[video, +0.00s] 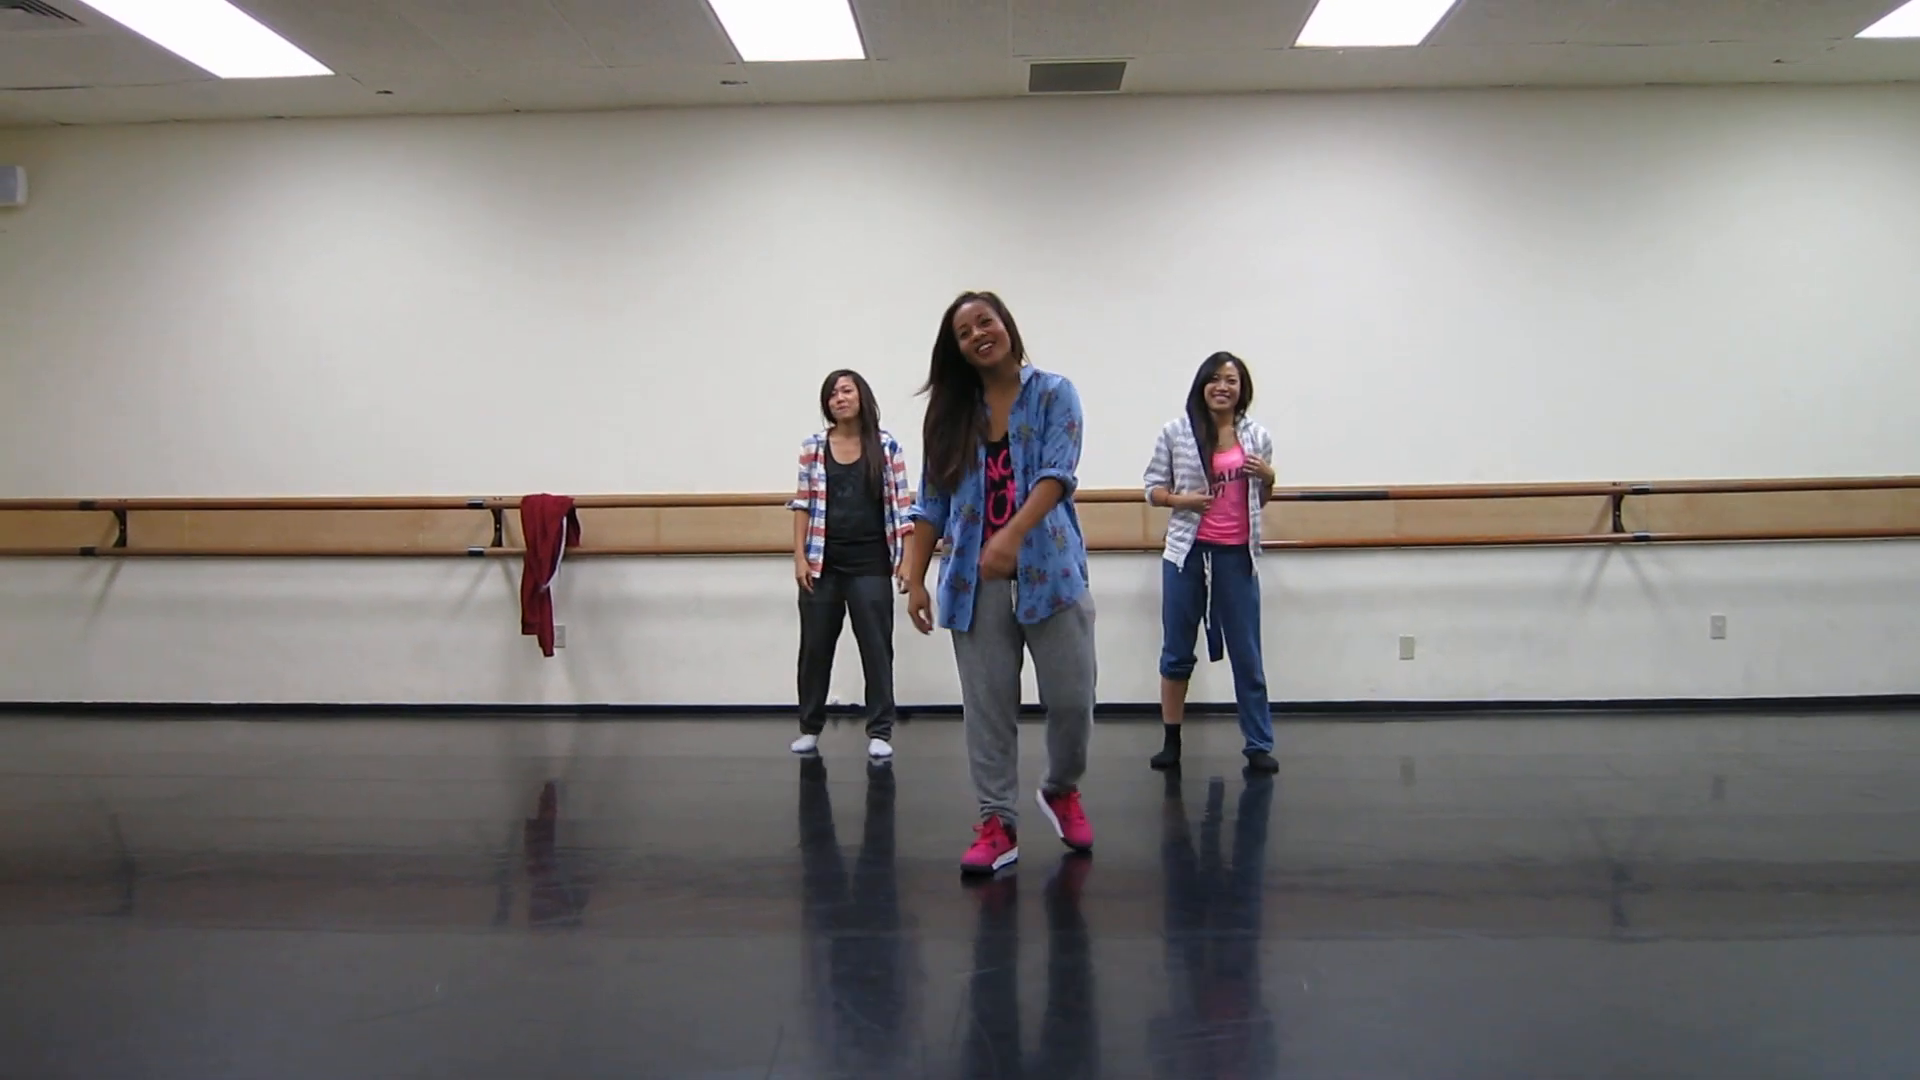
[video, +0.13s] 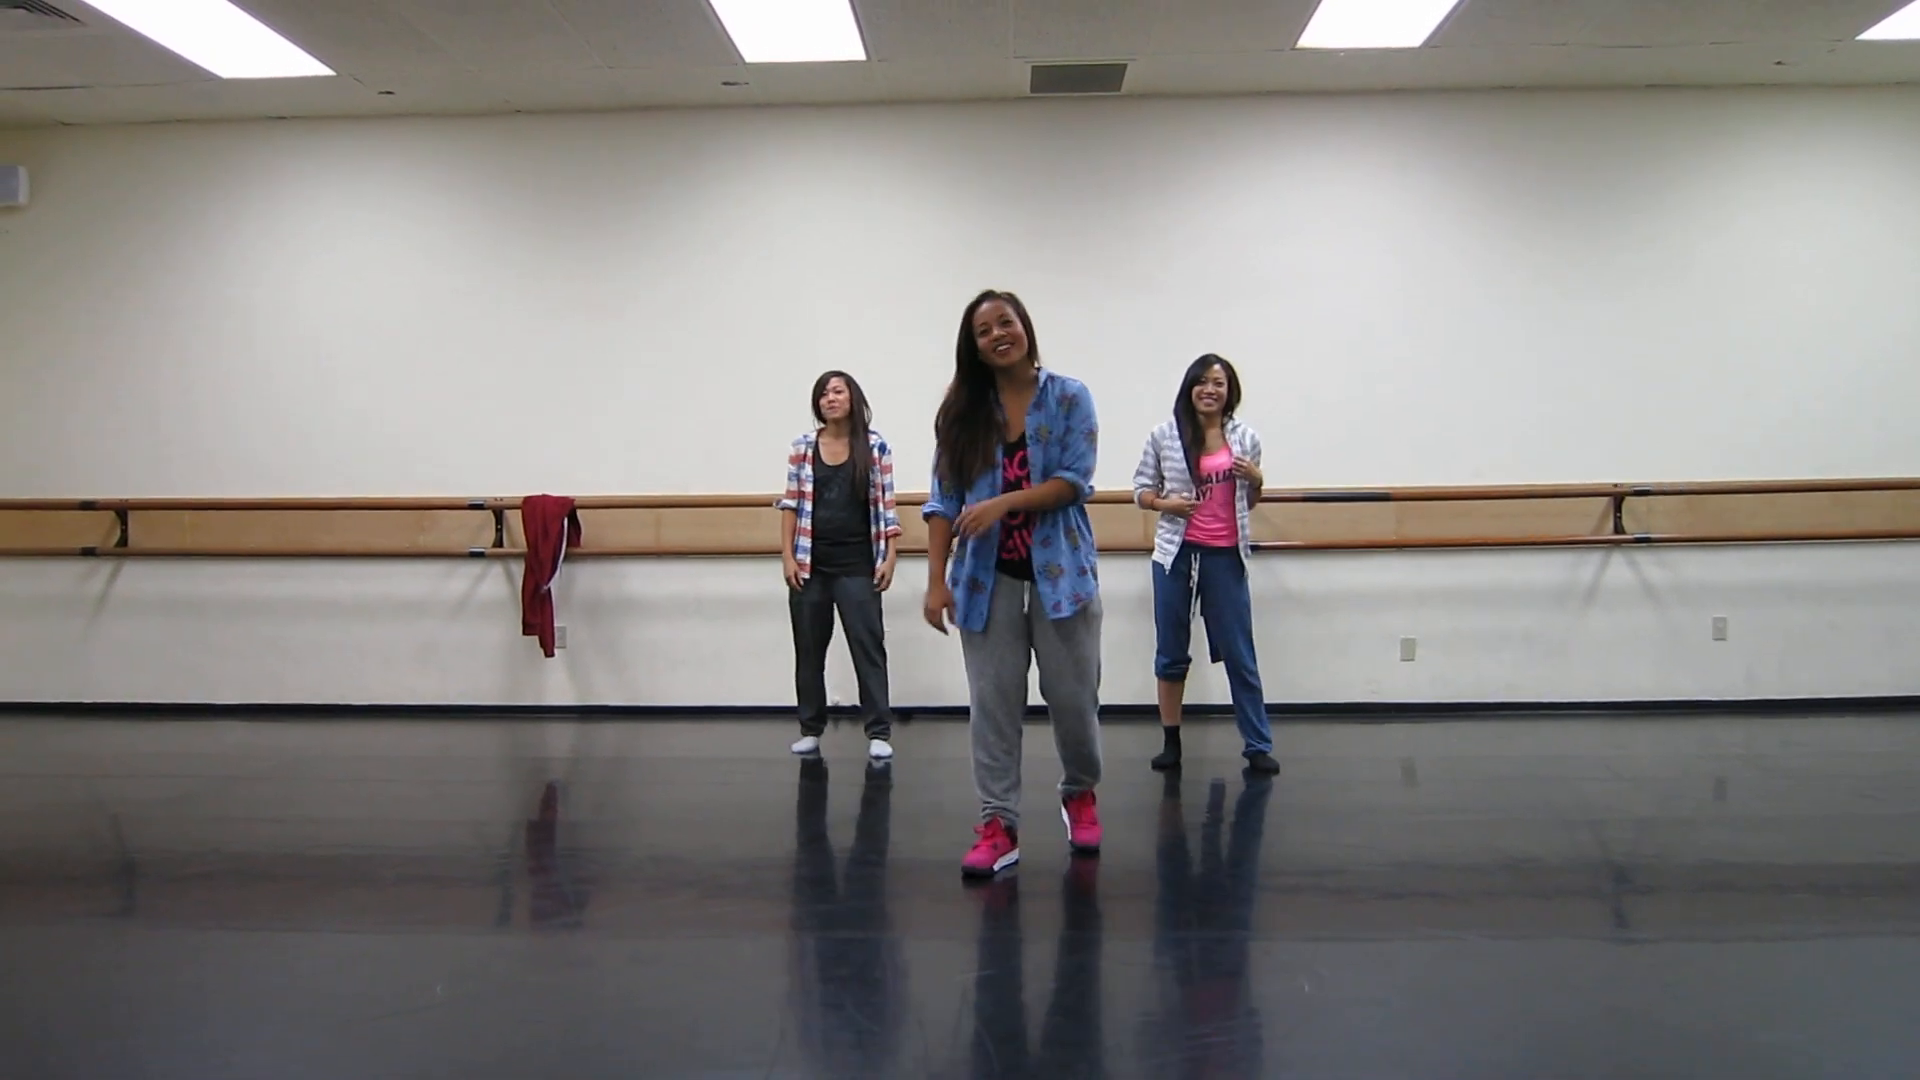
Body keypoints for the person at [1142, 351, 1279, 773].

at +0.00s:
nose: (1222, 387)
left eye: (1231, 381)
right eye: (1215, 380)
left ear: (1243, 389)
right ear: (1201, 387)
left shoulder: (1255, 436)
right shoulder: (1175, 434)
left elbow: (1261, 499)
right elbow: (1153, 491)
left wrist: (1267, 476)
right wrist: (1183, 499)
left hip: (1236, 555)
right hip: (1185, 553)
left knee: (1247, 657)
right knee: (1177, 653)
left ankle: (1258, 747)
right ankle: (1171, 743)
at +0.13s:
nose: (1210, 389)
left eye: (1219, 383)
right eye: (1202, 382)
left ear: (1230, 392)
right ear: (1189, 390)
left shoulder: (1244, 438)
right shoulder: (1163, 437)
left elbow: (1250, 501)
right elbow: (1142, 492)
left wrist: (1255, 479)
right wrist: (1166, 504)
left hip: (1224, 555)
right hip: (1174, 553)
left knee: (1239, 653)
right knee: (1171, 654)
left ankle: (1258, 747)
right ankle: (1170, 744)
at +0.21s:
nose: (1201, 390)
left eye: (1210, 384)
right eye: (1193, 383)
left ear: (1222, 392)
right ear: (1180, 389)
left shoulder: (1237, 438)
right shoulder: (1157, 436)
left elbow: (1243, 503)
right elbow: (1137, 494)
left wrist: (1247, 479)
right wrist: (1164, 500)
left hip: (1219, 555)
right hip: (1169, 554)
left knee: (1236, 653)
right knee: (1169, 655)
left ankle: (1257, 747)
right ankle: (1171, 744)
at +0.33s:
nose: (1195, 390)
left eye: (1204, 384)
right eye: (1187, 382)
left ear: (1216, 392)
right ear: (1173, 389)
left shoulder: (1230, 436)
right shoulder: (1150, 436)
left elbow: (1240, 503)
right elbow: (1134, 497)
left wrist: (1235, 476)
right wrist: (1167, 493)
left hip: (1218, 553)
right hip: (1168, 554)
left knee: (1235, 652)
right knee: (1169, 656)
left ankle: (1255, 746)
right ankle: (1173, 747)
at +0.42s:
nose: (1193, 391)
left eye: (1202, 385)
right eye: (1186, 384)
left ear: (1214, 392)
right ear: (1171, 391)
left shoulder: (1227, 437)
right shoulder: (1149, 439)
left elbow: (1237, 506)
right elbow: (1133, 499)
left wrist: (1231, 478)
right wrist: (1169, 493)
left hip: (1217, 554)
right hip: (1167, 554)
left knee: (1237, 652)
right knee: (1169, 656)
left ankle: (1260, 747)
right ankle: (1173, 748)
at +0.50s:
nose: (1195, 391)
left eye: (1202, 385)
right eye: (1187, 384)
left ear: (1214, 392)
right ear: (1172, 391)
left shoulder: (1226, 438)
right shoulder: (1152, 438)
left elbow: (1238, 510)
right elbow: (1129, 497)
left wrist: (1238, 482)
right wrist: (1161, 492)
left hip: (1219, 554)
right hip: (1169, 555)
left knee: (1243, 652)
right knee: (1171, 656)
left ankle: (1267, 746)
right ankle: (1173, 748)